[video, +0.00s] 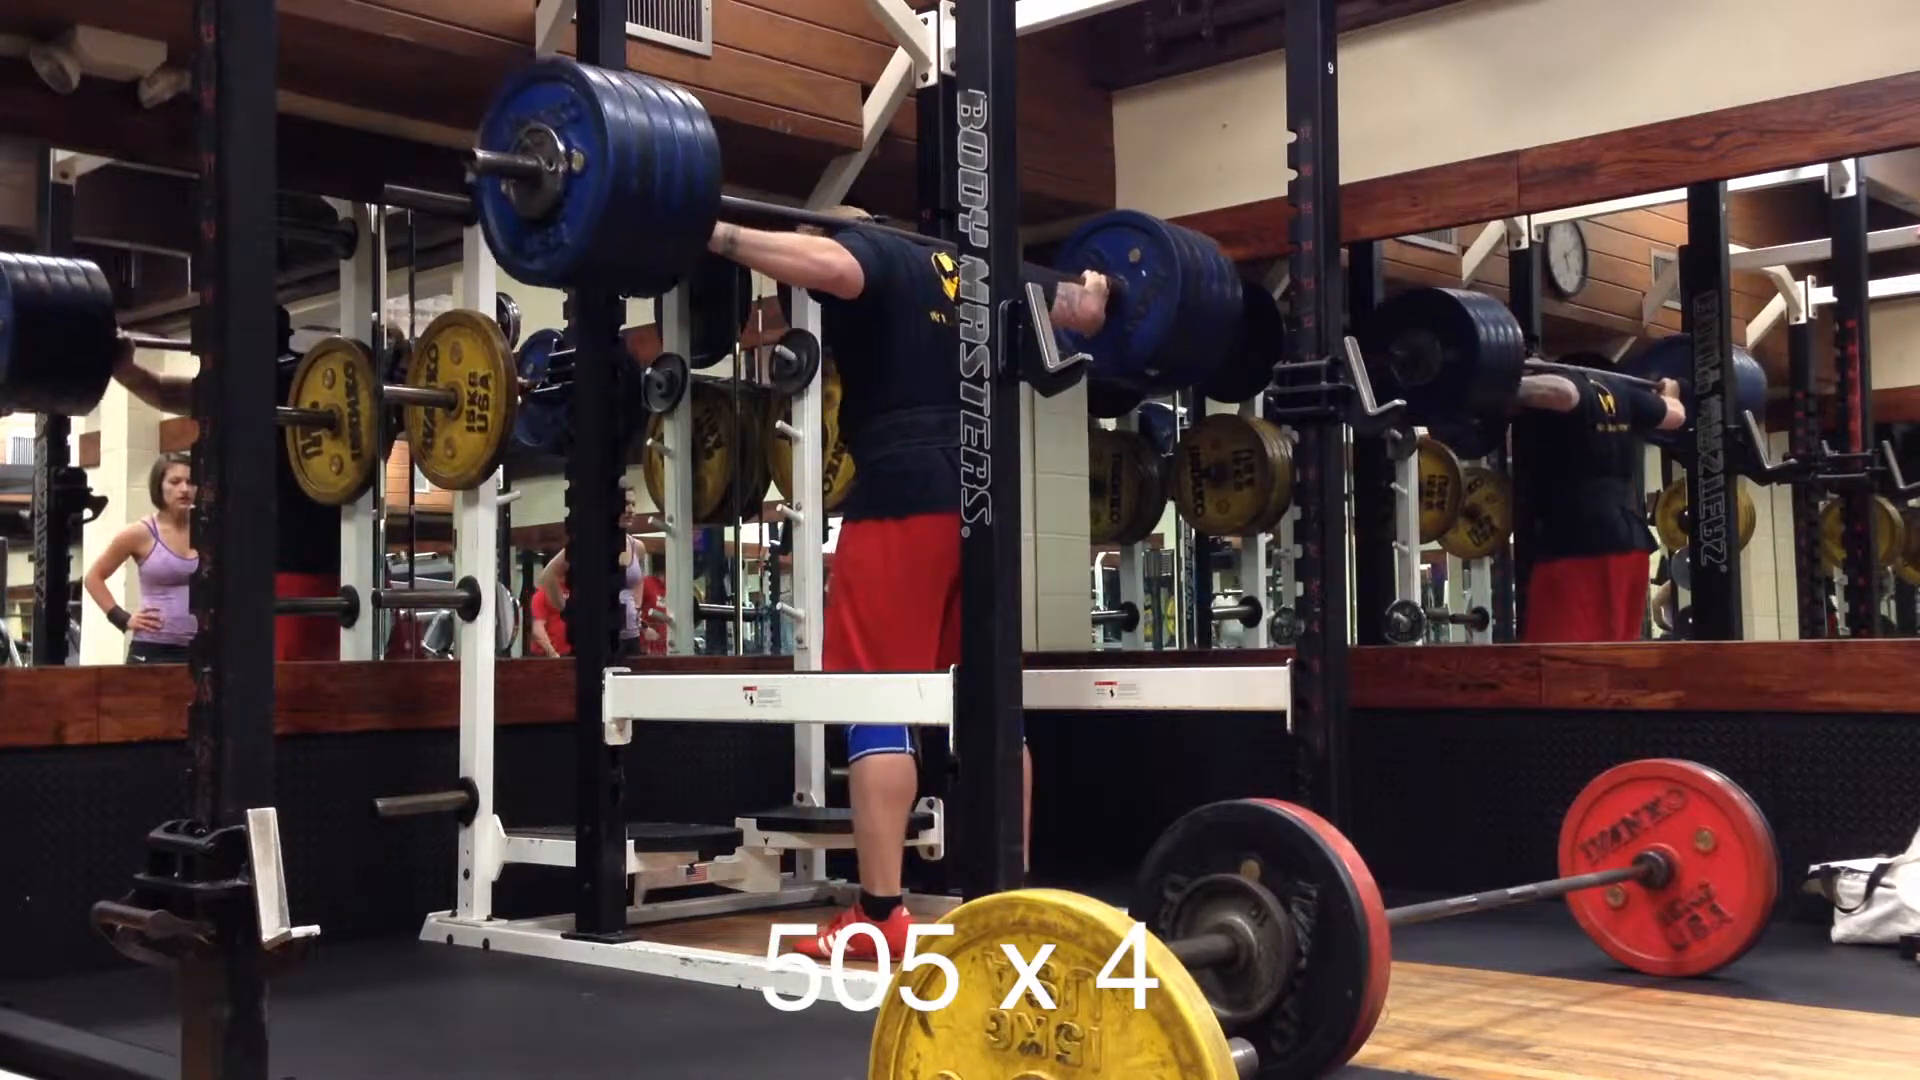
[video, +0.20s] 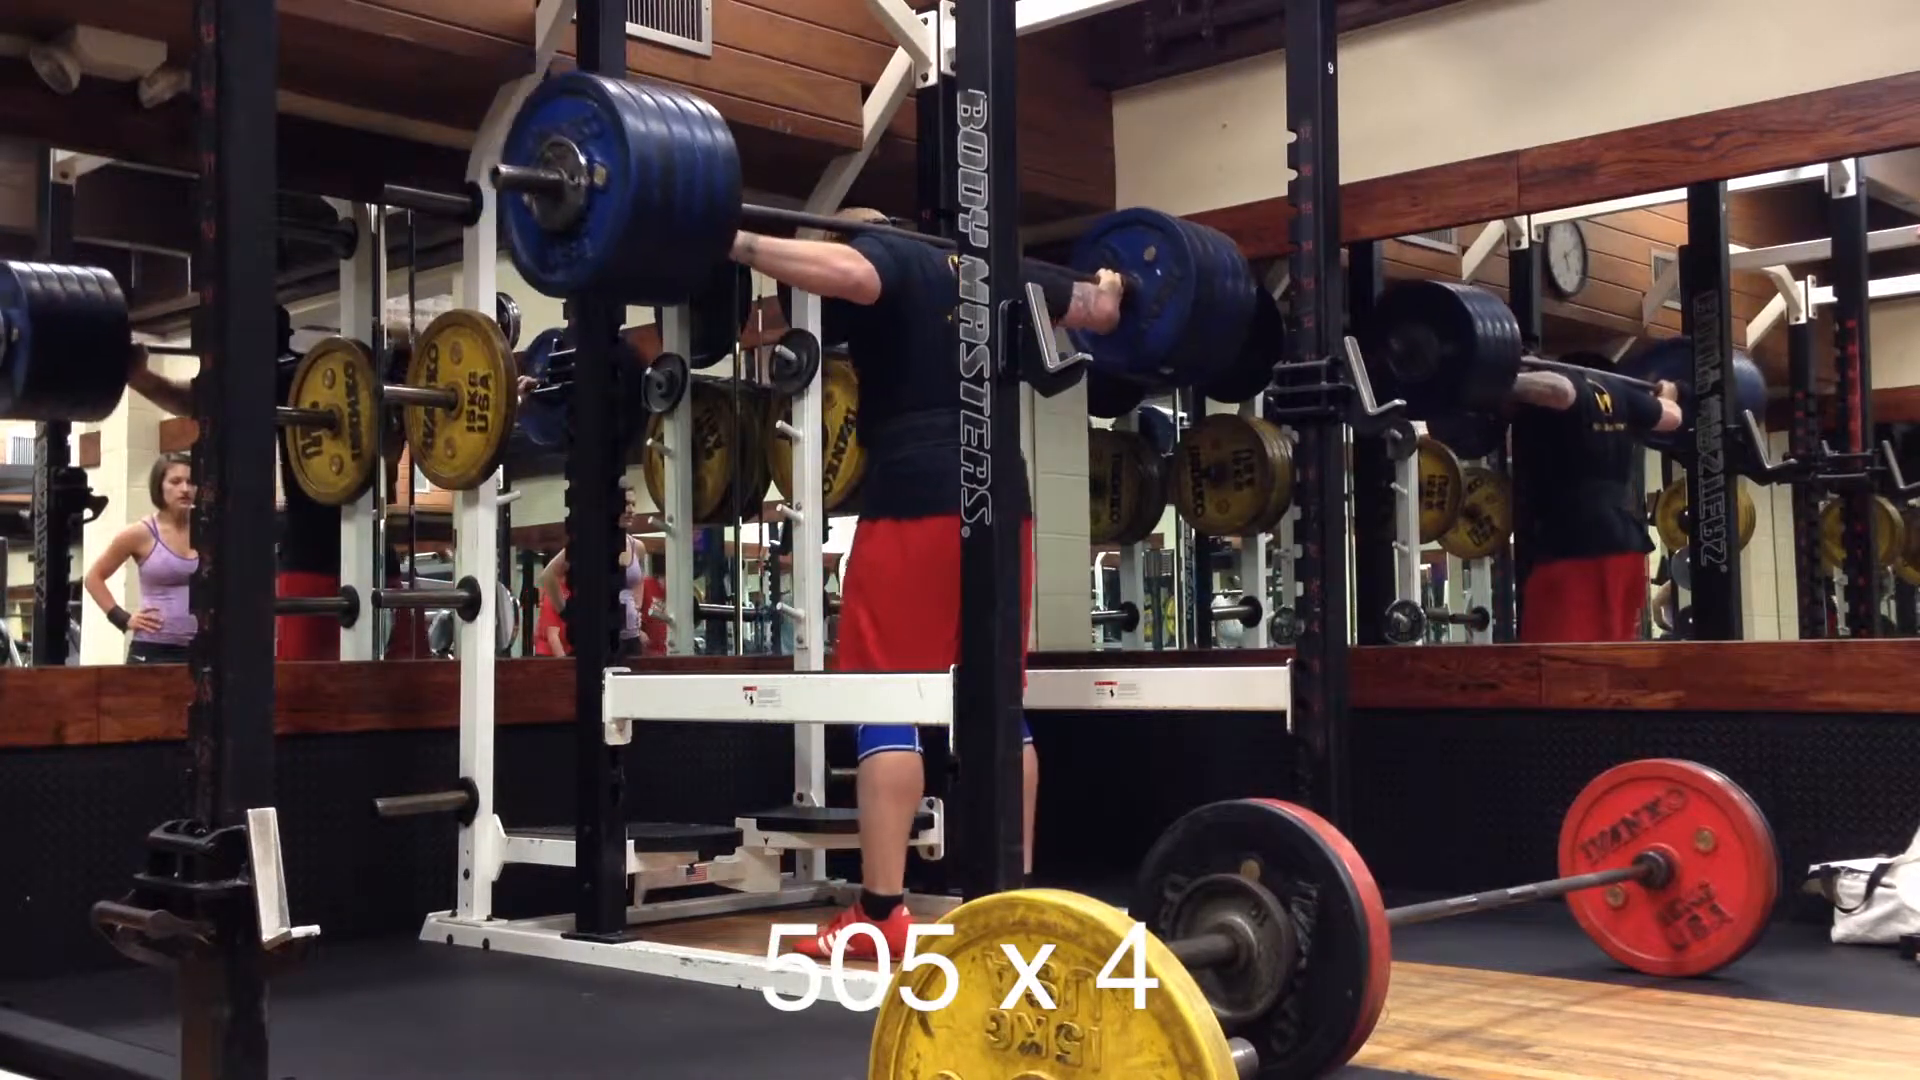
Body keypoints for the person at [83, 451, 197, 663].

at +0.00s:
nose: (185, 489)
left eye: (190, 482)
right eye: (175, 482)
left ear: (198, 487)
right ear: (158, 487)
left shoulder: (203, 528)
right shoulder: (140, 533)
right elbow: (93, 578)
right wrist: (124, 620)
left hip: (198, 648)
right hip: (153, 648)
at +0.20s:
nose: (185, 489)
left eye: (190, 482)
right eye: (176, 482)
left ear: (198, 487)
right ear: (159, 486)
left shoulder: (204, 528)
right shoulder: (140, 534)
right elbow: (93, 579)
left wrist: (212, 613)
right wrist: (124, 619)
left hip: (199, 648)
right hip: (153, 648)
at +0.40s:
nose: (185, 489)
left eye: (191, 482)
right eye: (176, 482)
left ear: (198, 487)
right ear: (159, 487)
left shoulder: (204, 529)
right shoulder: (141, 534)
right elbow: (93, 579)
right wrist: (123, 619)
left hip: (199, 648)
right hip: (153, 648)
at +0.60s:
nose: (186, 489)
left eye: (191, 482)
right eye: (177, 482)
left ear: (199, 487)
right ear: (159, 487)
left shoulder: (204, 529)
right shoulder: (141, 534)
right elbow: (93, 579)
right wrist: (123, 619)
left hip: (199, 648)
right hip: (153, 648)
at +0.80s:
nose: (191, 490)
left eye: (195, 483)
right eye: (182, 483)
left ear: (201, 487)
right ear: (162, 488)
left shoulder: (202, 530)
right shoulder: (141, 535)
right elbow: (93, 579)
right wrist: (123, 620)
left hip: (198, 648)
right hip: (153, 648)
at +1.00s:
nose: (203, 491)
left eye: (200, 485)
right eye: (197, 485)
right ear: (181, 491)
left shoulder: (205, 531)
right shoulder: (144, 534)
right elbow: (97, 580)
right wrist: (128, 620)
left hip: (201, 648)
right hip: (157, 649)